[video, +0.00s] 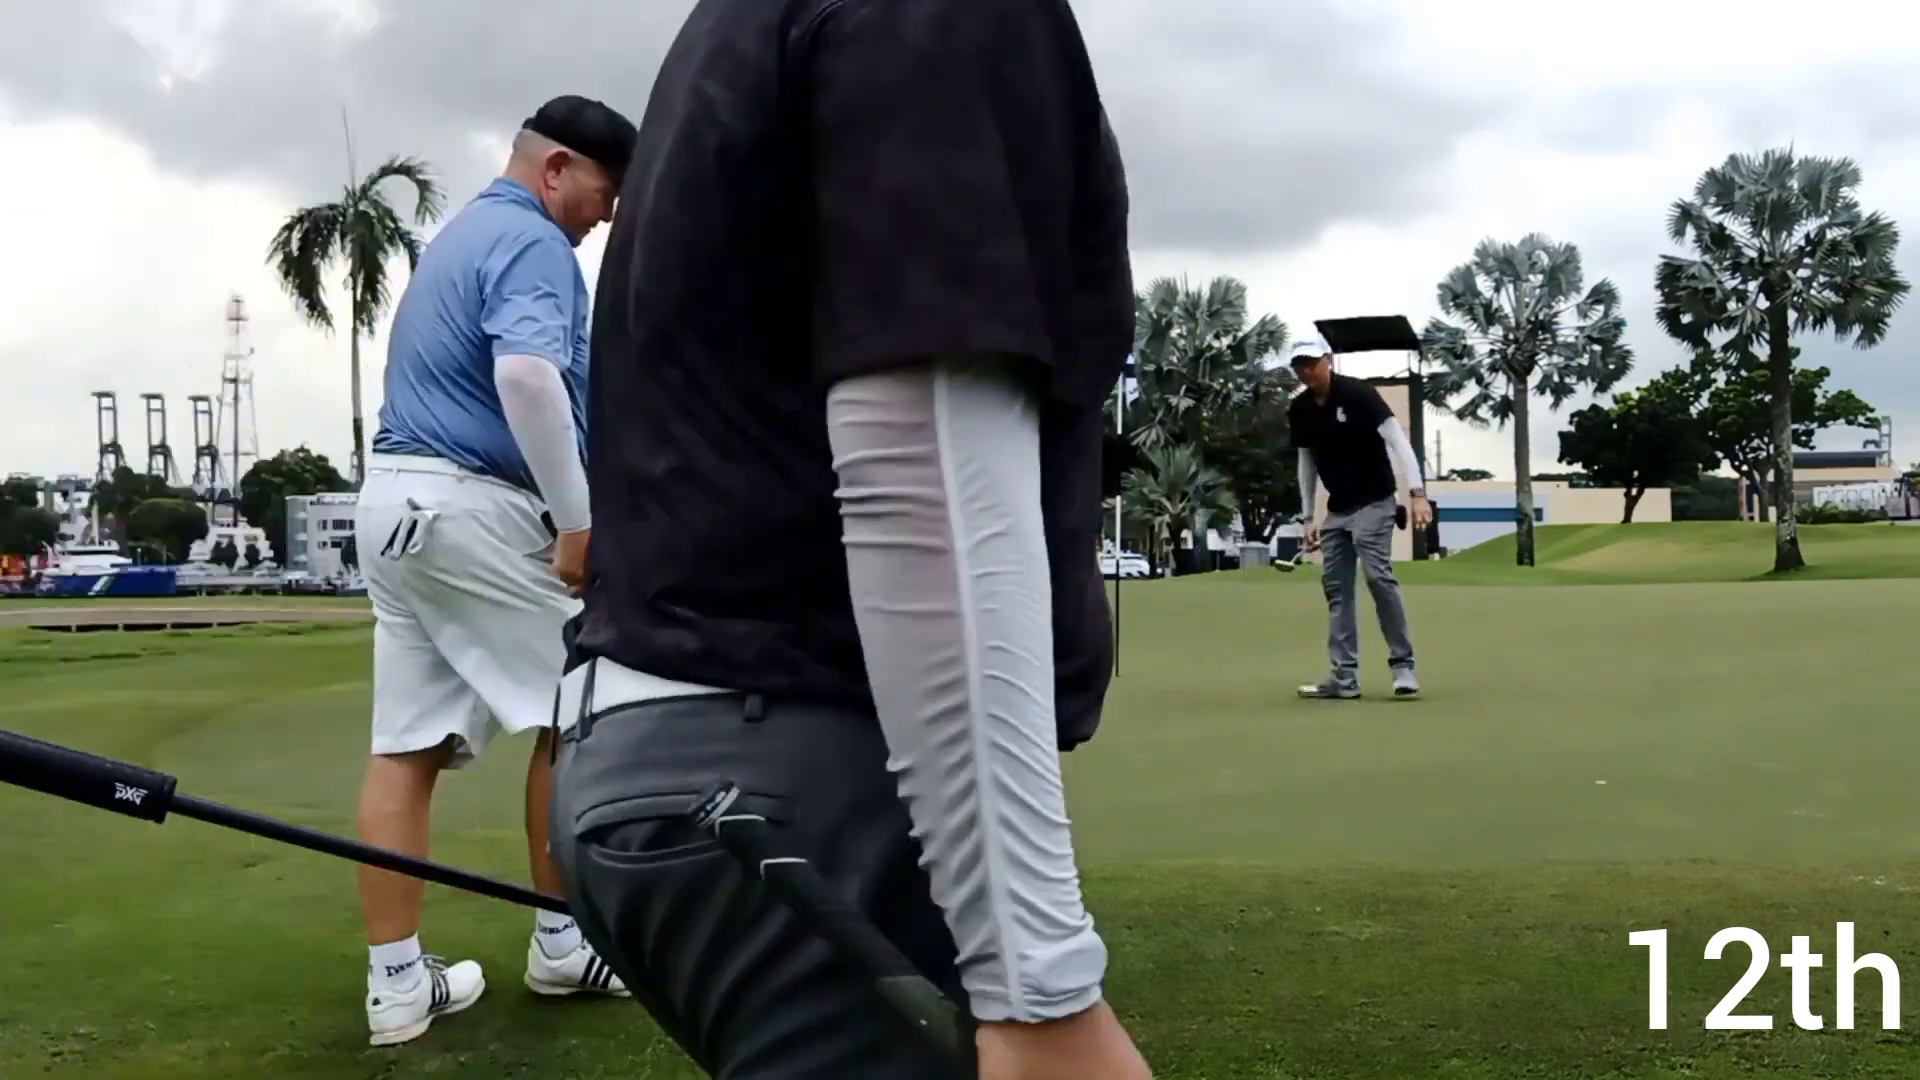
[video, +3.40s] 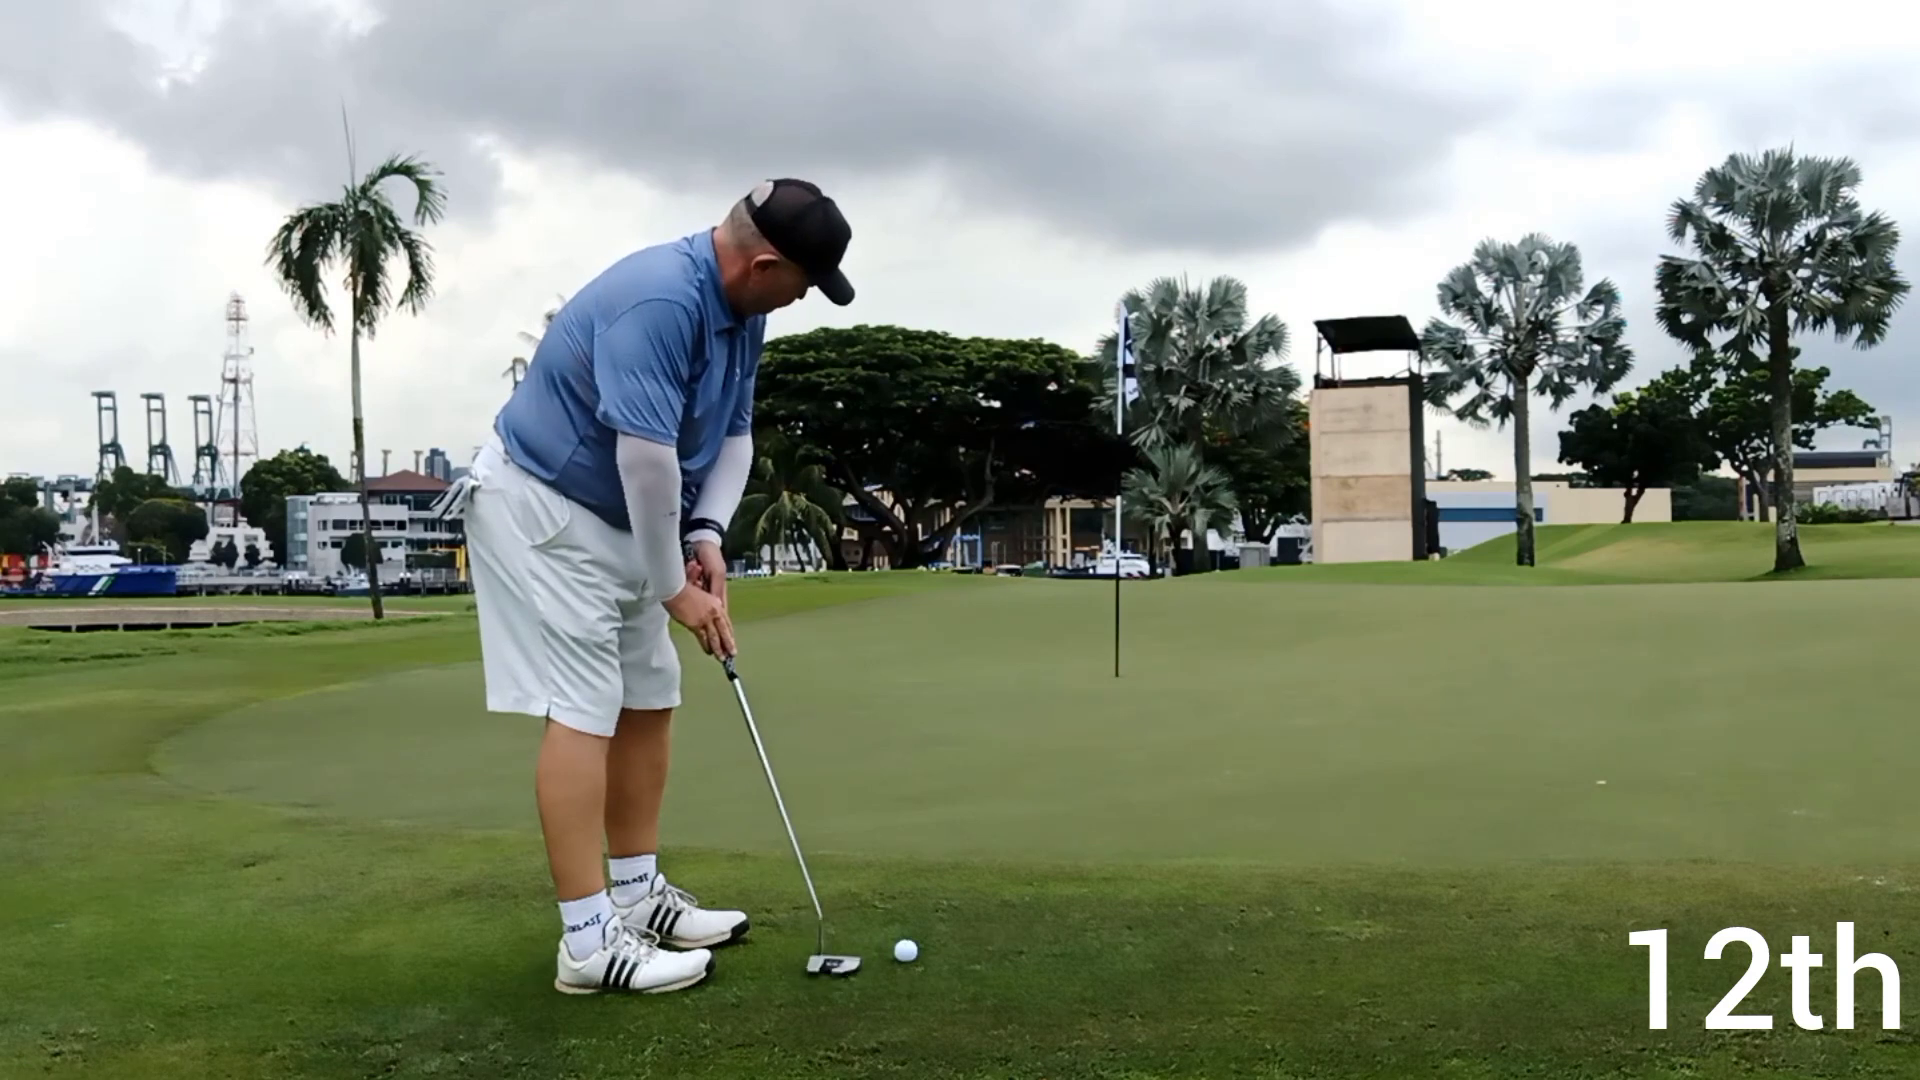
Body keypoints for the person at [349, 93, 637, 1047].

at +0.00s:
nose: (602, 217)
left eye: (610, 201)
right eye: (601, 194)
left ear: (536, 169)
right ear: (557, 166)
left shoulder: (464, 230)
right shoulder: (531, 240)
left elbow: (440, 385)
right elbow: (524, 376)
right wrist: (578, 522)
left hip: (390, 497)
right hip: (474, 505)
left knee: (403, 749)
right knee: (578, 709)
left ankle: (397, 984)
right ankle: (566, 940)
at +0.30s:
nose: (678, 221)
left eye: (686, 208)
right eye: (678, 200)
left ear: (624, 174)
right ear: (627, 170)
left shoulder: (565, 235)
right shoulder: (576, 244)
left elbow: (565, 407)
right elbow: (575, 407)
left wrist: (623, 541)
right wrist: (634, 539)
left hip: (490, 494)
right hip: (520, 501)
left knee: (527, 708)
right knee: (575, 716)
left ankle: (434, 900)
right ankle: (573, 942)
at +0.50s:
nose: (718, 226)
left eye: (726, 213)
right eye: (716, 206)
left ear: (671, 178)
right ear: (667, 173)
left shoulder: (633, 253)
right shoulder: (601, 248)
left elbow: (631, 417)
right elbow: (609, 421)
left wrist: (661, 543)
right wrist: (671, 547)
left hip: (584, 506)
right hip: (536, 503)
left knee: (638, 681)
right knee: (569, 712)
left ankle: (568, 876)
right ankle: (570, 945)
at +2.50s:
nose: (794, 298)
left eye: (803, 285)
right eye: (792, 279)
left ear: (758, 248)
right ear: (749, 242)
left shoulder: (744, 314)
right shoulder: (653, 300)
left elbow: (731, 444)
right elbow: (639, 460)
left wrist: (706, 536)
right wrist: (665, 583)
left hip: (622, 514)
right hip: (542, 502)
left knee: (647, 695)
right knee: (582, 704)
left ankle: (636, 898)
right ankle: (586, 941)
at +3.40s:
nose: (801, 297)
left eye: (808, 285)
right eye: (801, 282)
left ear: (759, 253)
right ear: (763, 260)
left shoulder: (738, 313)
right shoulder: (655, 306)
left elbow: (734, 439)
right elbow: (645, 464)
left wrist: (710, 530)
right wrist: (673, 587)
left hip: (623, 513)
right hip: (544, 503)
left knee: (646, 697)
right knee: (582, 707)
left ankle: (636, 898)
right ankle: (586, 941)